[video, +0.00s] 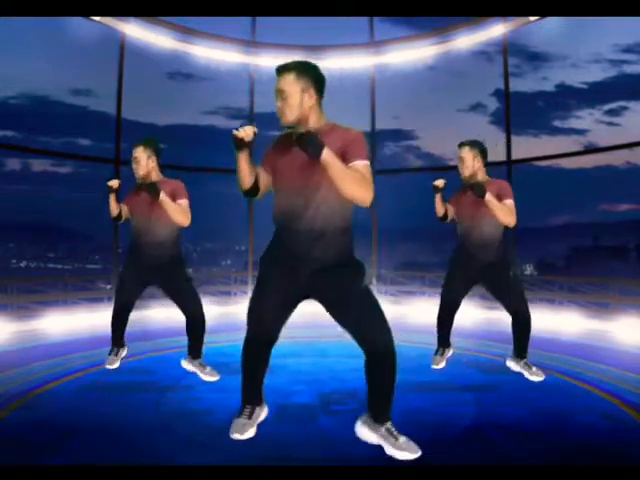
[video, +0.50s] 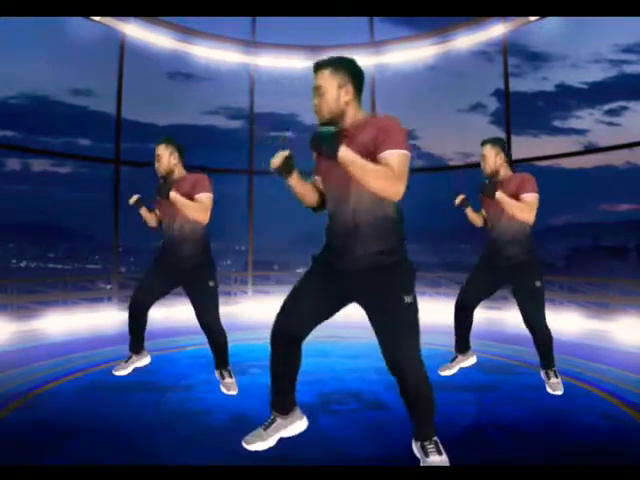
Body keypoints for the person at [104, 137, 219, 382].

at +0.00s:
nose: (135, 165)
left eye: (139, 160)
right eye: (133, 160)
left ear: (154, 160)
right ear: (134, 164)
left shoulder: (174, 187)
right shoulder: (137, 193)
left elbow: (185, 219)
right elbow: (118, 215)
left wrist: (161, 194)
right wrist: (112, 194)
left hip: (169, 264)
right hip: (138, 264)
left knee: (196, 314)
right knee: (121, 307)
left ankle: (193, 358)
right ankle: (117, 347)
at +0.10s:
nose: (136, 152)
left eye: (140, 147)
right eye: (135, 148)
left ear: (155, 148)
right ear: (137, 152)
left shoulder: (177, 173)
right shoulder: (138, 182)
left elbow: (188, 205)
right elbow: (122, 205)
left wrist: (160, 181)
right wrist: (115, 183)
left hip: (175, 251)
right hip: (146, 252)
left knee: (201, 304)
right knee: (125, 298)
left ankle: (203, 352)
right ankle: (117, 344)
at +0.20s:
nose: (140, 149)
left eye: (144, 143)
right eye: (139, 145)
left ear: (159, 144)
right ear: (141, 149)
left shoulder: (181, 166)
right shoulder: (144, 180)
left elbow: (192, 193)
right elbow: (126, 201)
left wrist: (162, 174)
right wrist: (120, 177)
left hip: (183, 246)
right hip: (155, 247)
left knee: (200, 303)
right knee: (127, 289)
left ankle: (218, 359)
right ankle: (125, 342)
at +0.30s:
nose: (148, 155)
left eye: (151, 150)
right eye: (146, 151)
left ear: (165, 151)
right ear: (147, 155)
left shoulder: (186, 173)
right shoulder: (151, 186)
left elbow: (196, 201)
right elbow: (134, 208)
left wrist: (166, 180)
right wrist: (127, 184)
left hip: (188, 254)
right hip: (161, 254)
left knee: (203, 311)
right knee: (135, 301)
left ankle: (223, 366)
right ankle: (137, 353)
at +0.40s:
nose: (152, 163)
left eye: (156, 158)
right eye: (151, 159)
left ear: (170, 158)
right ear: (155, 161)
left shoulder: (194, 181)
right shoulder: (160, 190)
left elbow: (198, 214)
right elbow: (149, 221)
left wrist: (168, 192)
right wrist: (136, 202)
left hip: (194, 262)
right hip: (167, 261)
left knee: (206, 320)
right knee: (137, 302)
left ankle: (223, 369)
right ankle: (138, 355)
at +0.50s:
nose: (157, 162)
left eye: (161, 156)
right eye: (156, 157)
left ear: (175, 157)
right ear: (159, 161)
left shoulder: (198, 180)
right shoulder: (164, 190)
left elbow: (204, 215)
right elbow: (155, 221)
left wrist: (173, 196)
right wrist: (141, 207)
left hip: (197, 262)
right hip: (168, 261)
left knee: (210, 321)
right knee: (138, 303)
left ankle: (224, 370)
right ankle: (138, 353)